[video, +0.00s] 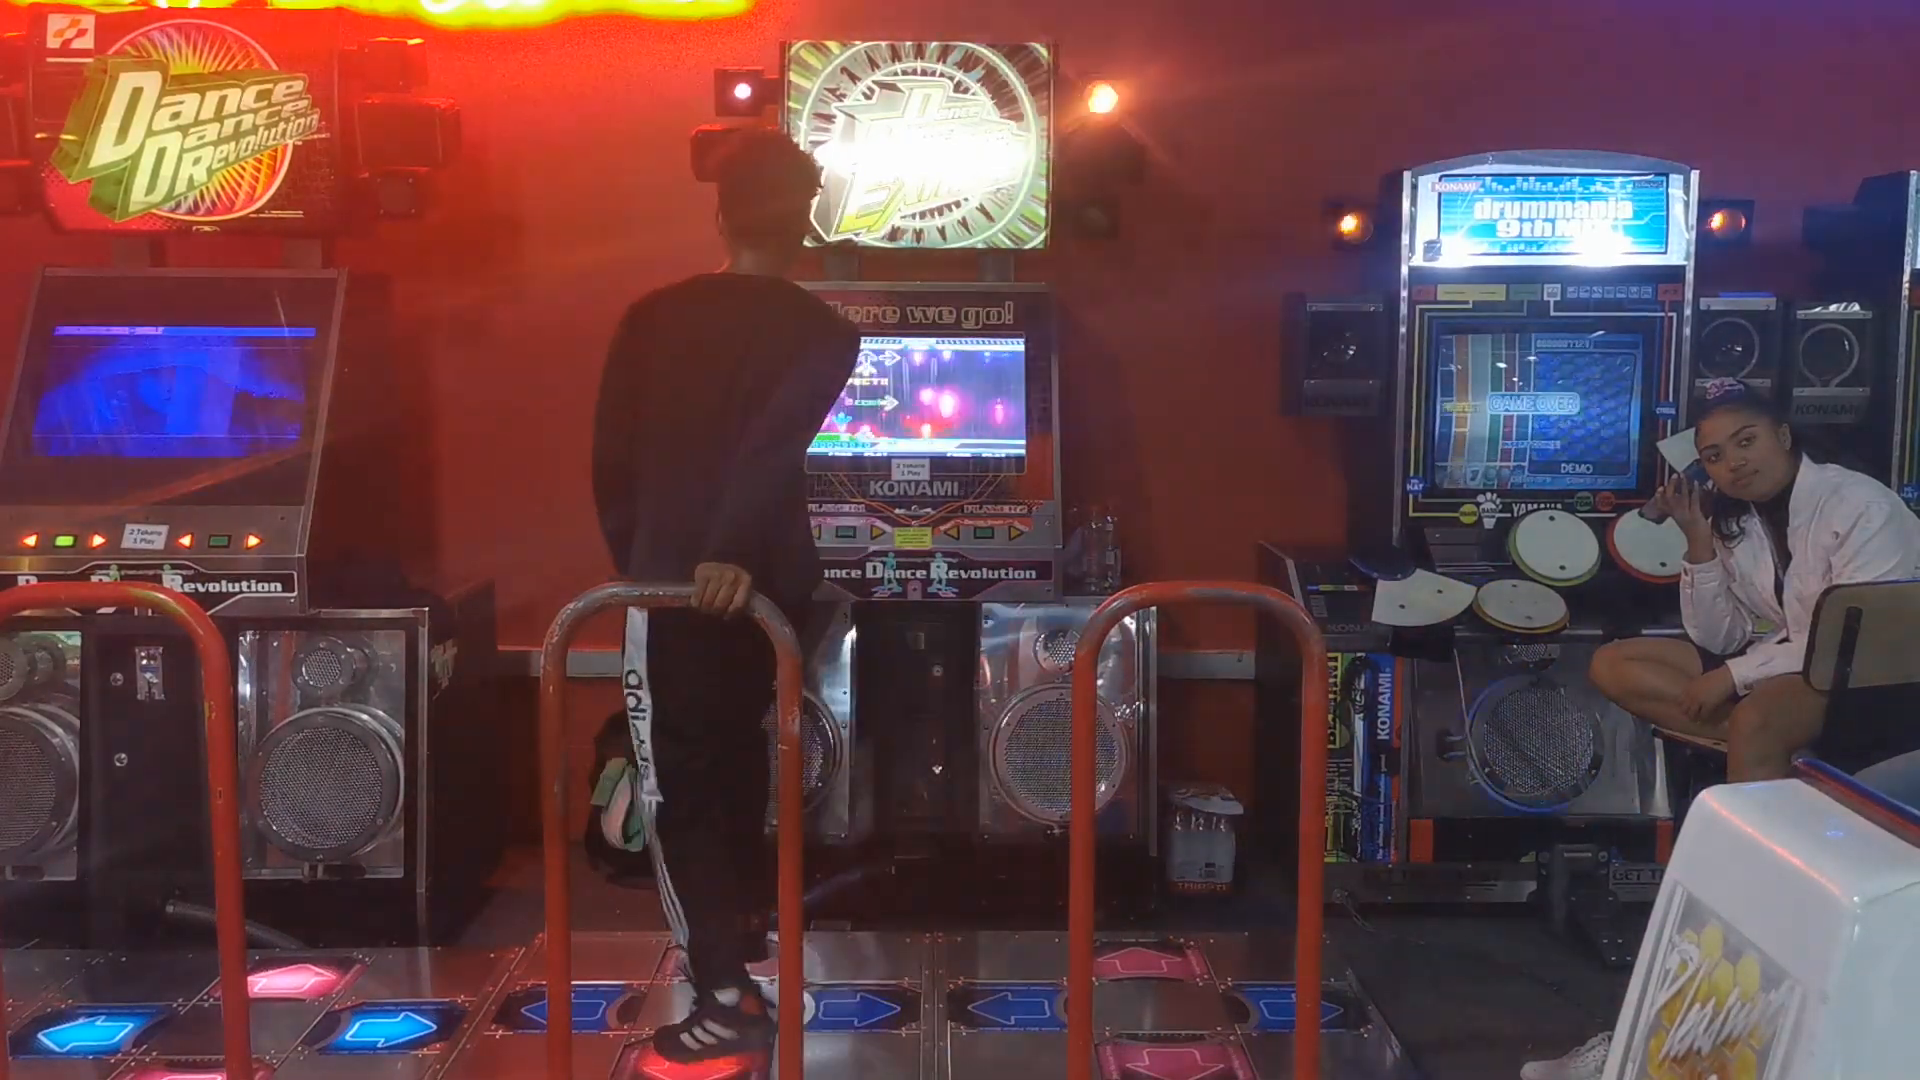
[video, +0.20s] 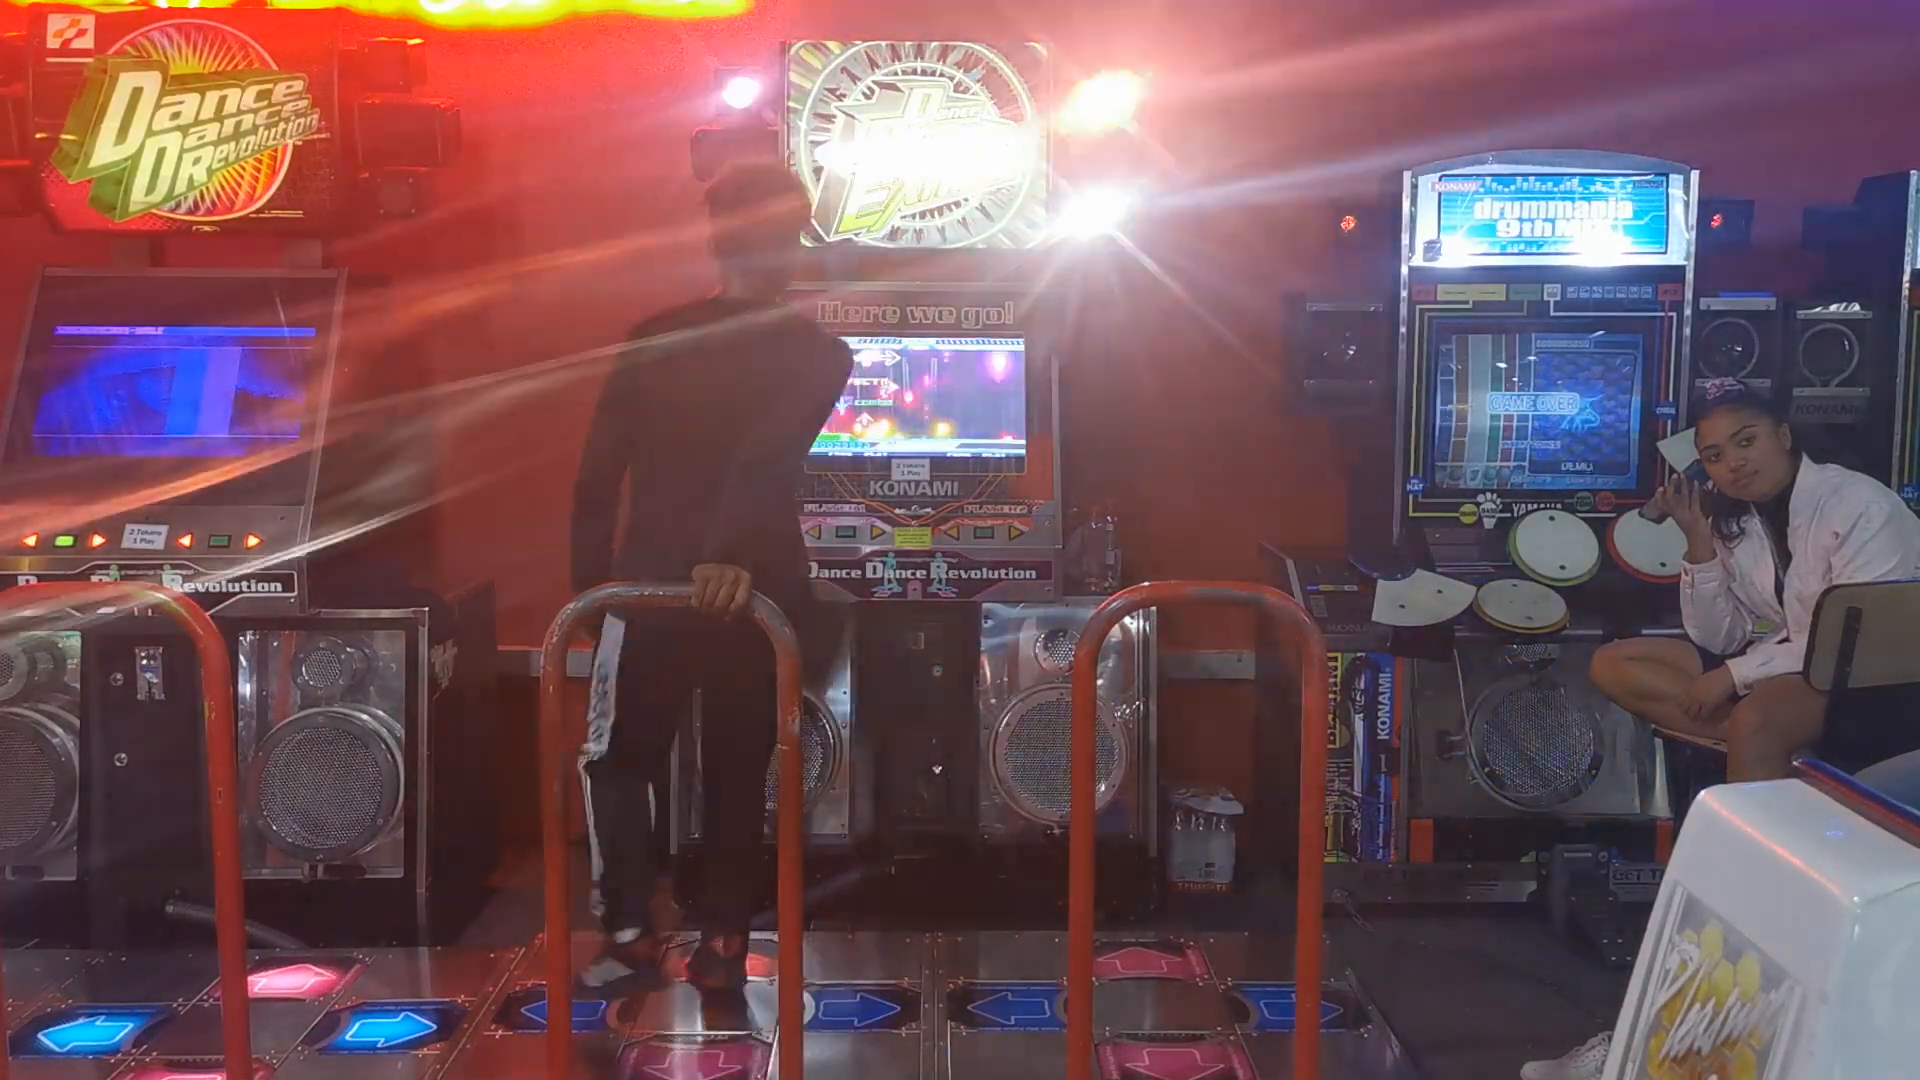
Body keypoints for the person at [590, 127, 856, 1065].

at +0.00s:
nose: (798, 229)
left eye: (767, 212)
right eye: (802, 215)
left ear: (723, 219)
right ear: (803, 221)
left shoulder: (652, 315)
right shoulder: (824, 329)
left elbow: (612, 451)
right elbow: (773, 438)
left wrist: (642, 560)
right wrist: (729, 547)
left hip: (665, 576)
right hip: (765, 576)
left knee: (680, 782)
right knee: (740, 769)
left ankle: (717, 998)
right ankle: (731, 956)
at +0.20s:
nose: (770, 256)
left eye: (773, 238)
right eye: (767, 239)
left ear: (719, 243)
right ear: (781, 245)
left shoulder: (657, 335)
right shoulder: (818, 351)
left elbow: (598, 473)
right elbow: (769, 452)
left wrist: (589, 587)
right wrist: (728, 546)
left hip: (650, 592)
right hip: (755, 593)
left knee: (623, 761)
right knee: (738, 775)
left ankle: (631, 932)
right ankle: (723, 955)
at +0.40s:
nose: (801, 242)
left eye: (785, 229)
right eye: (799, 230)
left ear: (716, 235)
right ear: (795, 237)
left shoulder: (647, 322)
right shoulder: (816, 332)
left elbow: (587, 460)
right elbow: (768, 438)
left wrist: (590, 577)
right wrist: (724, 546)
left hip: (640, 575)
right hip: (747, 573)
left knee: (622, 779)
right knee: (778, 759)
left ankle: (582, 982)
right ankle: (774, 941)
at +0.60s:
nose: (817, 252)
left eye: (796, 236)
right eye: (819, 239)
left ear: (739, 241)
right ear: (818, 245)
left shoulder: (671, 329)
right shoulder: (837, 348)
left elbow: (613, 465)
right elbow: (783, 449)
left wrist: (609, 583)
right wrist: (723, 545)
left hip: (670, 578)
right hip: (777, 579)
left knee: (628, 754)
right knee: (789, 766)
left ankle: (651, 928)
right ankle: (810, 963)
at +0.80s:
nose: (817, 238)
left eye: (800, 223)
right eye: (816, 226)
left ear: (727, 230)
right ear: (810, 232)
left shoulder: (656, 324)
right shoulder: (826, 334)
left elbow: (607, 459)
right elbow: (776, 442)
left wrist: (625, 572)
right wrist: (733, 547)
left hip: (654, 586)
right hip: (759, 582)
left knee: (684, 794)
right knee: (767, 776)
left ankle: (735, 1002)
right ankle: (770, 965)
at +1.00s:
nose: (774, 275)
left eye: (768, 261)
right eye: (780, 261)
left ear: (726, 268)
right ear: (804, 272)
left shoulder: (658, 350)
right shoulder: (821, 362)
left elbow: (605, 483)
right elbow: (771, 459)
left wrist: (646, 566)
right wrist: (732, 550)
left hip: (644, 596)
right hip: (745, 591)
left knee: (593, 749)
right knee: (716, 753)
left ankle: (629, 909)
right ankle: (738, 941)